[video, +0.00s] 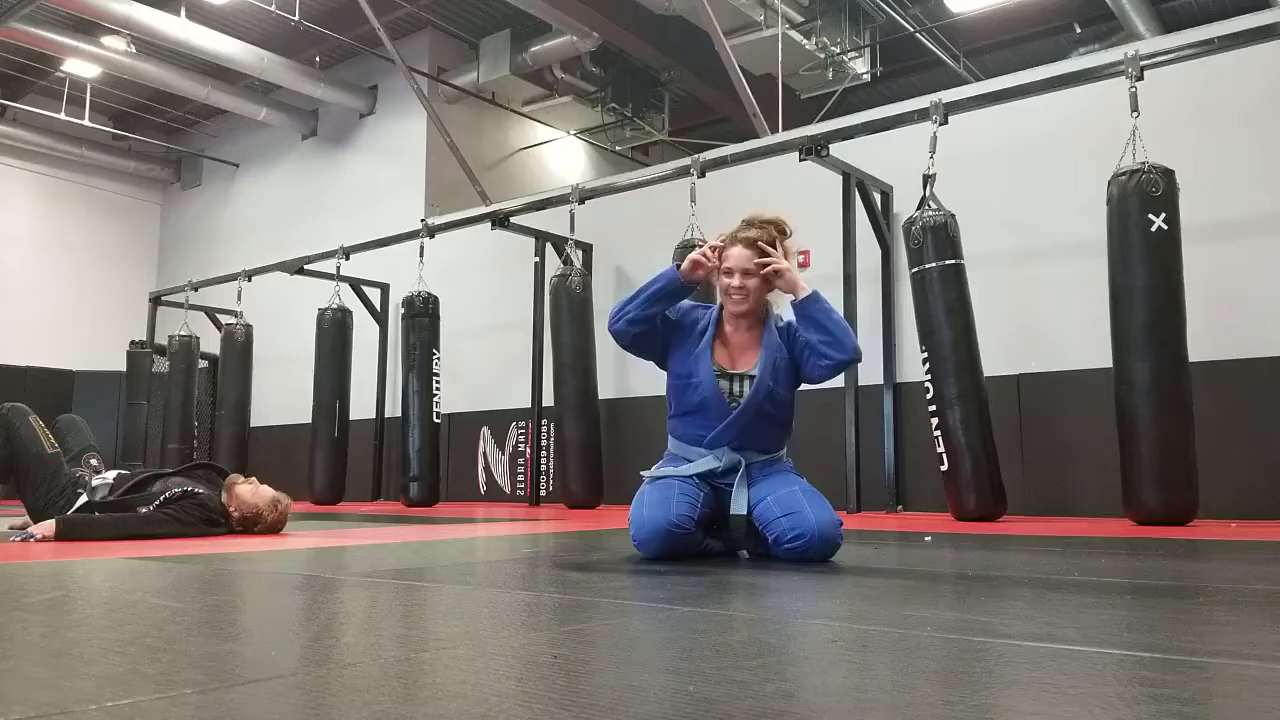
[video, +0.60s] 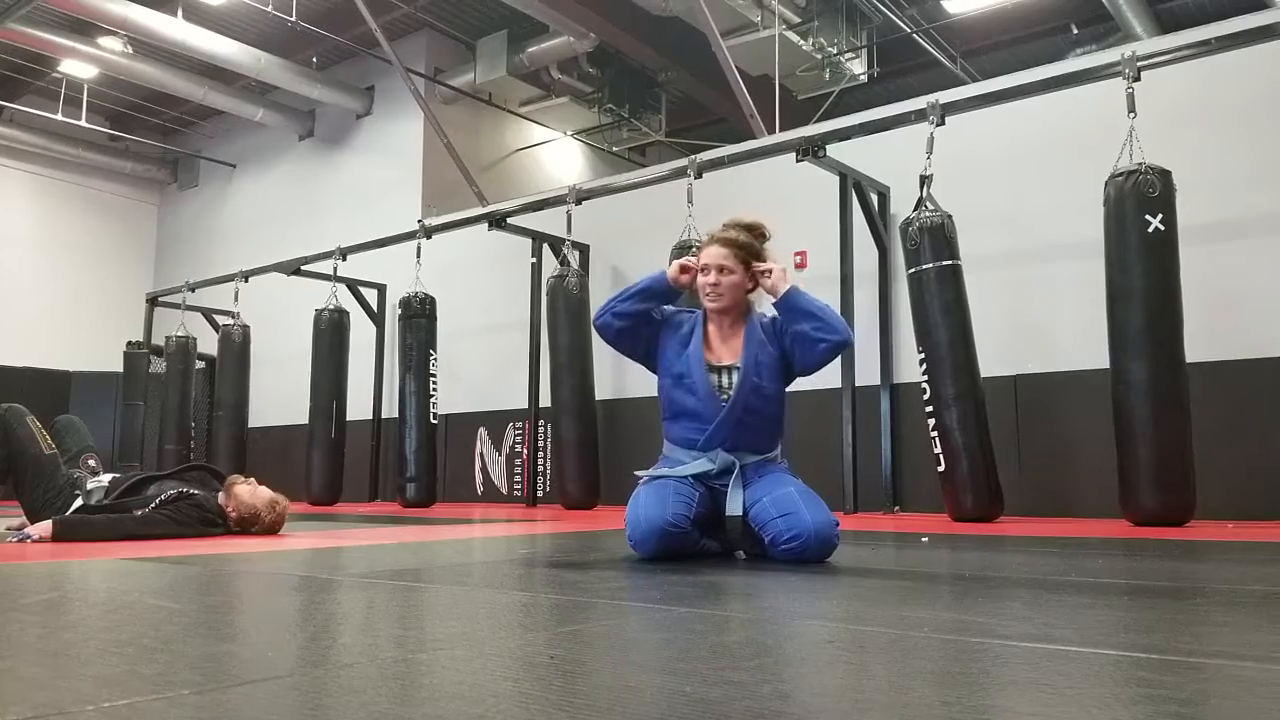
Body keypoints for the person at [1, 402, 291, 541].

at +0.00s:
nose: (250, 476)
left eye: (253, 487)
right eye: (259, 482)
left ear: (239, 511)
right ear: (241, 505)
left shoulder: (202, 512)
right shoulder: (218, 489)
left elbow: (133, 524)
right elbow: (154, 484)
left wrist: (61, 527)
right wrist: (115, 479)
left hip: (69, 501)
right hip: (102, 483)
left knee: (13, 414)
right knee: (68, 420)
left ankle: (8, 484)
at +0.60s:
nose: (249, 476)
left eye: (251, 487)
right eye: (257, 483)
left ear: (234, 510)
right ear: (238, 505)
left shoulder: (199, 513)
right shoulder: (218, 490)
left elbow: (129, 524)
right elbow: (156, 483)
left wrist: (56, 527)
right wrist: (115, 480)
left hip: (67, 501)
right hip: (100, 485)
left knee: (11, 414)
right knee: (66, 421)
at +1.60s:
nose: (246, 477)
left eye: (248, 487)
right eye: (254, 483)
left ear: (233, 509)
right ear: (235, 504)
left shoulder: (199, 513)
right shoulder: (215, 491)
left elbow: (130, 524)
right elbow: (151, 487)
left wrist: (55, 527)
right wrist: (112, 481)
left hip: (69, 501)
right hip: (99, 486)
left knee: (11, 414)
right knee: (66, 422)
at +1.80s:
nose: (246, 477)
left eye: (249, 487)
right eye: (254, 483)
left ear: (233, 509)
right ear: (235, 504)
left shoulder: (199, 513)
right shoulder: (215, 490)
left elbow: (130, 524)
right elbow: (151, 486)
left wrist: (56, 527)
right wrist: (112, 481)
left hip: (68, 500)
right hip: (98, 486)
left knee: (11, 414)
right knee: (66, 422)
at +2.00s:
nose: (247, 477)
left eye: (250, 487)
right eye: (255, 483)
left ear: (233, 508)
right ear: (235, 504)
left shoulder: (199, 513)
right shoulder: (214, 490)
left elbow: (130, 524)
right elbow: (151, 485)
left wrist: (57, 527)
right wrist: (110, 480)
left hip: (69, 500)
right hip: (98, 485)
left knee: (12, 415)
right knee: (66, 421)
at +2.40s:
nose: (248, 477)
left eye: (251, 486)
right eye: (256, 481)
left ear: (235, 511)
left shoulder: (201, 513)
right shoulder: (209, 484)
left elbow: (129, 525)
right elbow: (148, 484)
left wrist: (53, 526)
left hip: (69, 502)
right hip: (90, 483)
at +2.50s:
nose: (249, 478)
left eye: (252, 488)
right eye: (256, 483)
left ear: (231, 510)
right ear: (232, 506)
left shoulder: (201, 512)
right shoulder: (209, 490)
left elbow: (129, 524)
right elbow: (141, 495)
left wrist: (54, 526)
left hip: (73, 501)